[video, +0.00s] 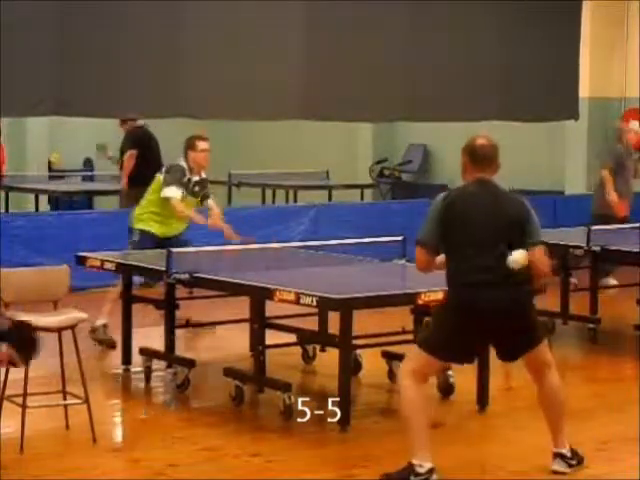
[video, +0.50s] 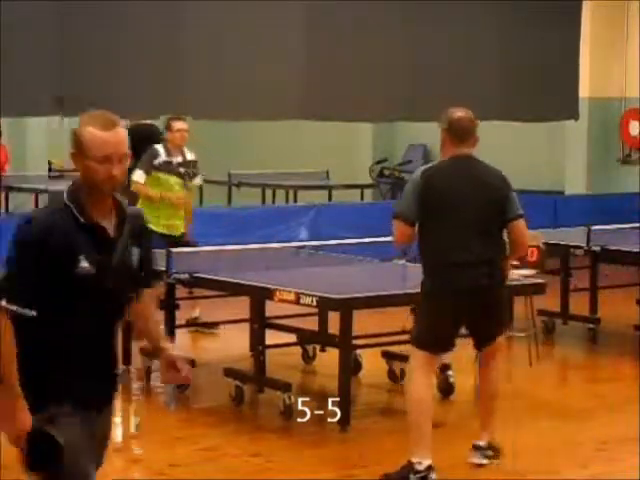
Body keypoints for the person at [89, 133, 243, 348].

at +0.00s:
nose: (207, 156)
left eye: (208, 152)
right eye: (203, 152)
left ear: (206, 155)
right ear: (189, 154)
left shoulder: (201, 180)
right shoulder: (175, 171)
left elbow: (212, 209)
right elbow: (176, 206)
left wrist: (228, 232)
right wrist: (204, 221)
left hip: (173, 229)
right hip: (148, 227)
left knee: (189, 268)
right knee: (129, 276)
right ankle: (102, 322)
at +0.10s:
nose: (213, 163)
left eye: (215, 158)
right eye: (209, 158)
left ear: (215, 161)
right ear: (196, 160)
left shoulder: (206, 184)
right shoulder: (184, 178)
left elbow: (204, 214)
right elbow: (172, 209)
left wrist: (208, 236)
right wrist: (194, 235)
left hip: (183, 240)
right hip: (160, 239)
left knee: (197, 277)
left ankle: (197, 314)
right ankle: (117, 323)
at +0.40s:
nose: (202, 144)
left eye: (204, 140)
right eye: (197, 140)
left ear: (205, 143)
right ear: (185, 142)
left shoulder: (200, 168)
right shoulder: (169, 162)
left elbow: (197, 198)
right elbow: (152, 192)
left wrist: (187, 222)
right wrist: (176, 219)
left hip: (183, 229)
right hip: (159, 227)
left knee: (194, 271)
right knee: (153, 276)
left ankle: (196, 313)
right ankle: (140, 318)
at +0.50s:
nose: (183, 136)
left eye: (185, 131)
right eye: (179, 131)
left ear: (187, 135)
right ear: (168, 134)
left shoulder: (189, 158)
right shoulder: (154, 153)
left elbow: (189, 195)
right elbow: (136, 183)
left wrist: (188, 225)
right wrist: (166, 196)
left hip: (178, 225)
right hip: (154, 224)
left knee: (190, 269)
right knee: (156, 275)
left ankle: (194, 314)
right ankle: (146, 318)